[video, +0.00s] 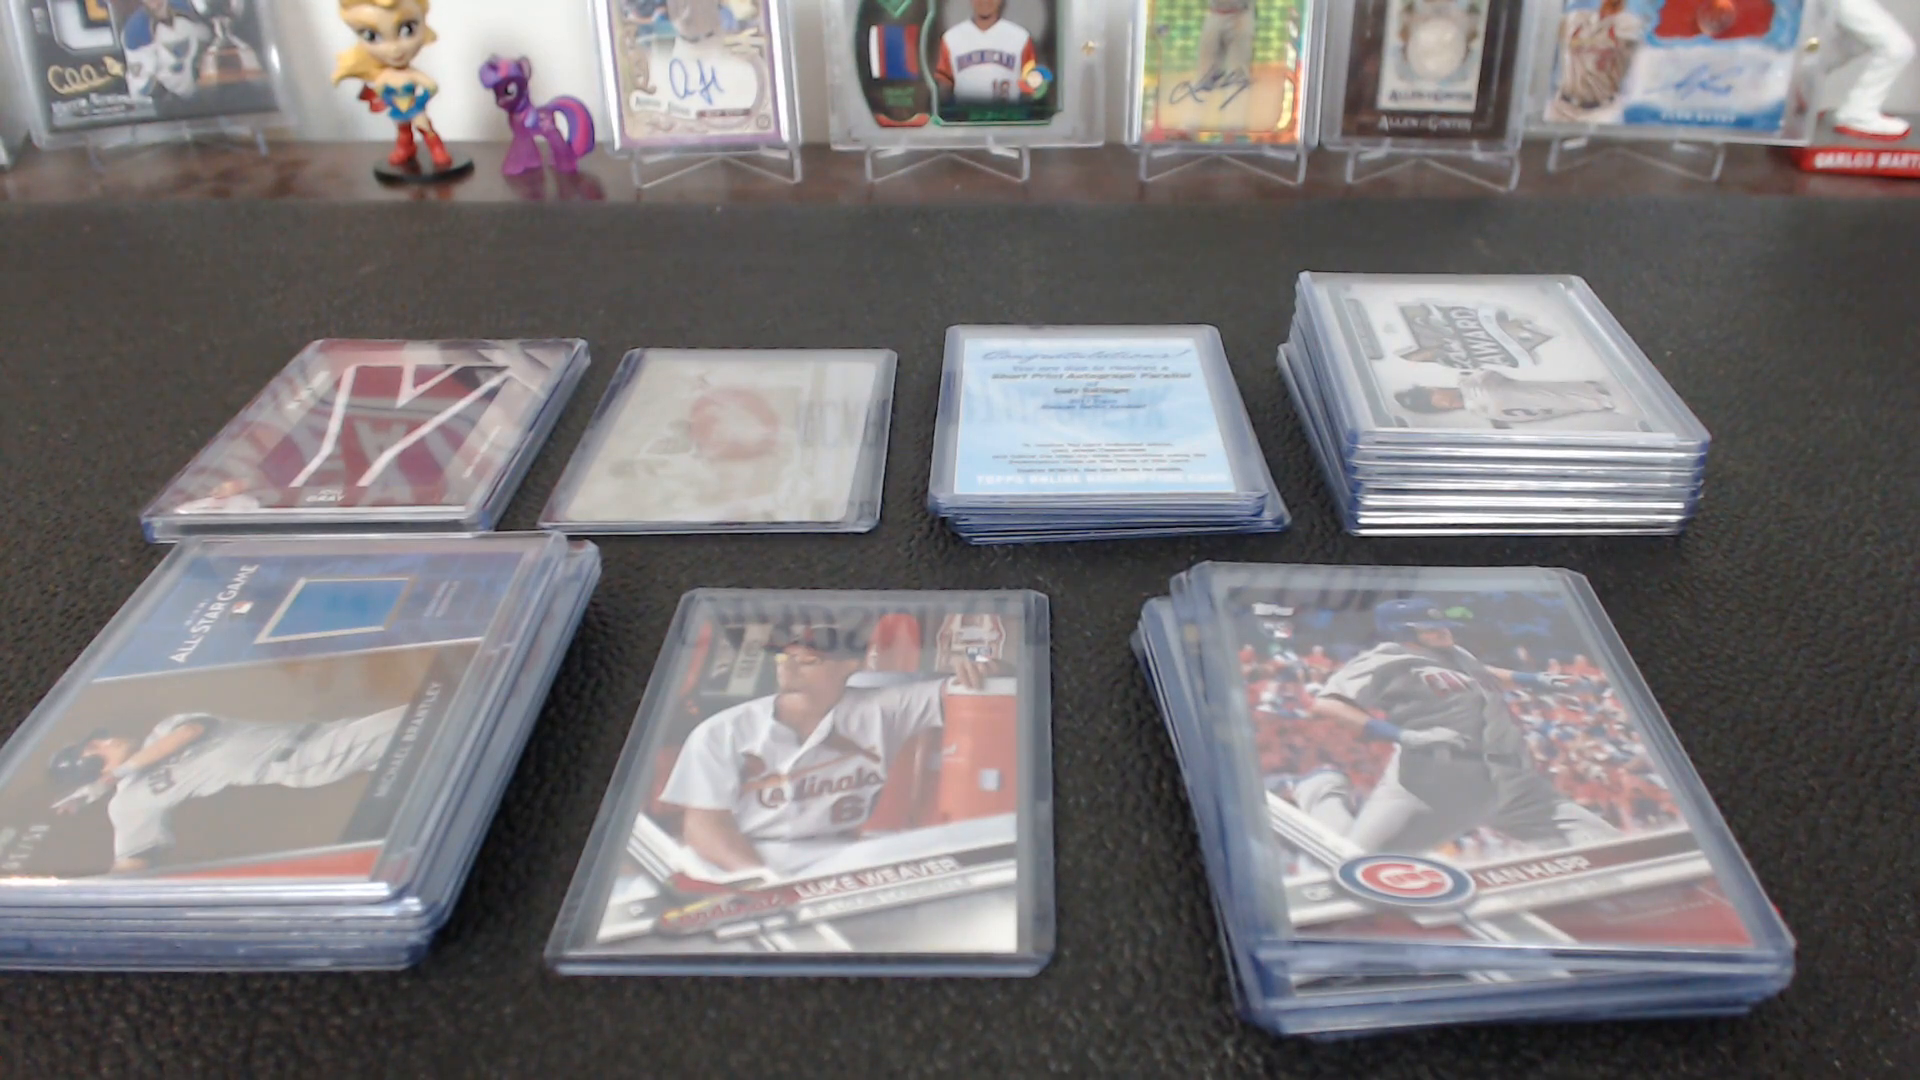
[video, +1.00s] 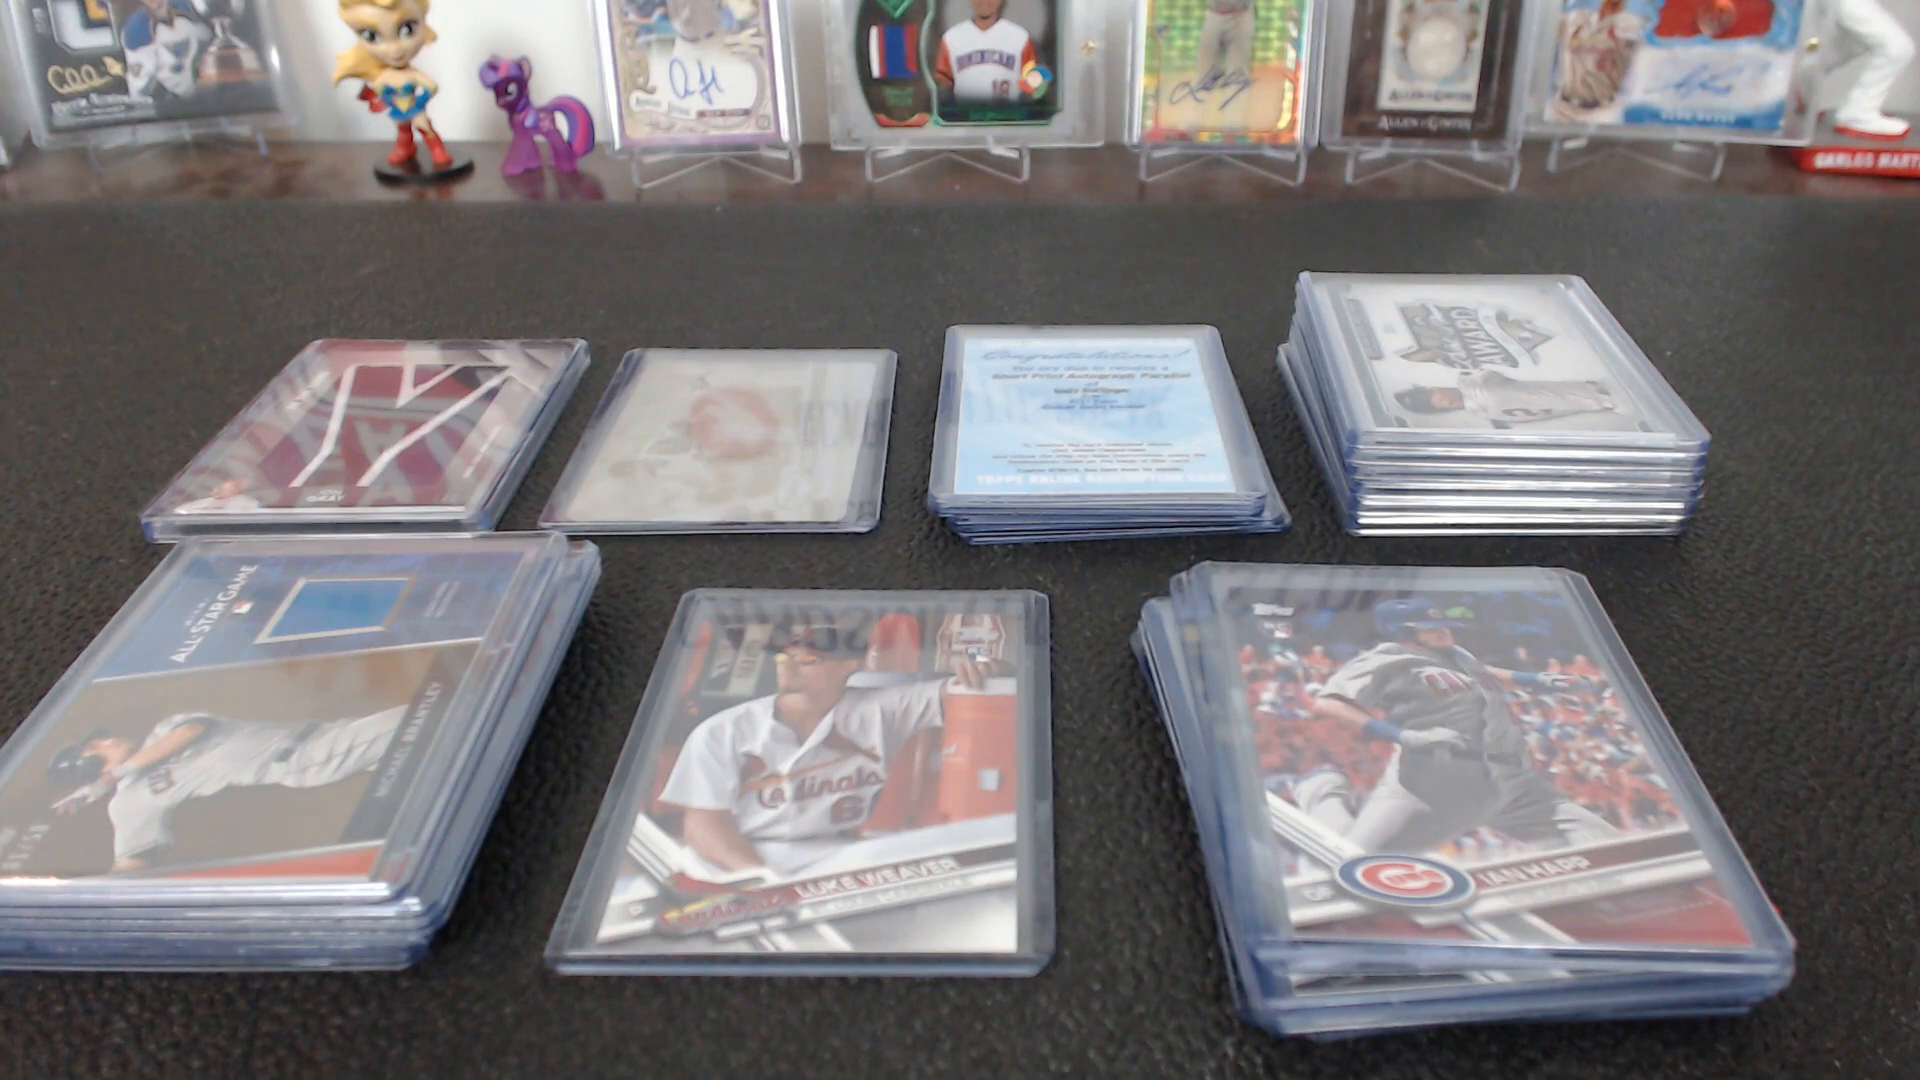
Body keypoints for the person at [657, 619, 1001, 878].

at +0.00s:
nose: (799, 656)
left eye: (820, 646)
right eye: (789, 644)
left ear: (854, 661)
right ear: (776, 656)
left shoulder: (877, 713)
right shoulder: (719, 735)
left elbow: (959, 690)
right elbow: (703, 829)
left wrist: (972, 674)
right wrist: (767, 883)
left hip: (829, 868)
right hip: (730, 872)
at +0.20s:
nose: (799, 655)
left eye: (821, 646)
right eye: (790, 643)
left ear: (854, 661)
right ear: (776, 655)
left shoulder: (876, 713)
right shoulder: (719, 735)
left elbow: (959, 690)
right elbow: (703, 830)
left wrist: (972, 673)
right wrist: (768, 884)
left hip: (830, 869)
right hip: (730, 873)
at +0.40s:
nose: (799, 655)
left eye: (821, 645)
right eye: (789, 643)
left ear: (854, 661)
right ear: (776, 655)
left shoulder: (877, 713)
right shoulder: (719, 735)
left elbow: (959, 690)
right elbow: (703, 829)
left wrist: (972, 673)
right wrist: (768, 883)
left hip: (830, 870)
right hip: (730, 873)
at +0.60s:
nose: (798, 656)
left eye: (820, 646)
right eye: (789, 644)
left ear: (853, 661)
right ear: (776, 656)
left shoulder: (877, 713)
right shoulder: (719, 735)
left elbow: (959, 690)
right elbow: (703, 830)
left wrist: (972, 673)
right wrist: (769, 884)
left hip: (829, 868)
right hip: (730, 872)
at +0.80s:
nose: (797, 657)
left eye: (819, 647)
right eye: (788, 645)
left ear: (853, 661)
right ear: (776, 656)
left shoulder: (876, 713)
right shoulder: (719, 735)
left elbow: (960, 689)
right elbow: (703, 829)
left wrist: (972, 671)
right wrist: (768, 884)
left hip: (829, 868)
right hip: (731, 872)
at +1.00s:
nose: (797, 657)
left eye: (818, 647)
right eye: (789, 644)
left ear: (853, 664)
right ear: (776, 655)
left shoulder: (875, 716)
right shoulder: (720, 735)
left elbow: (954, 691)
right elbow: (703, 828)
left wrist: (973, 674)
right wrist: (767, 883)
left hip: (827, 866)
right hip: (730, 870)